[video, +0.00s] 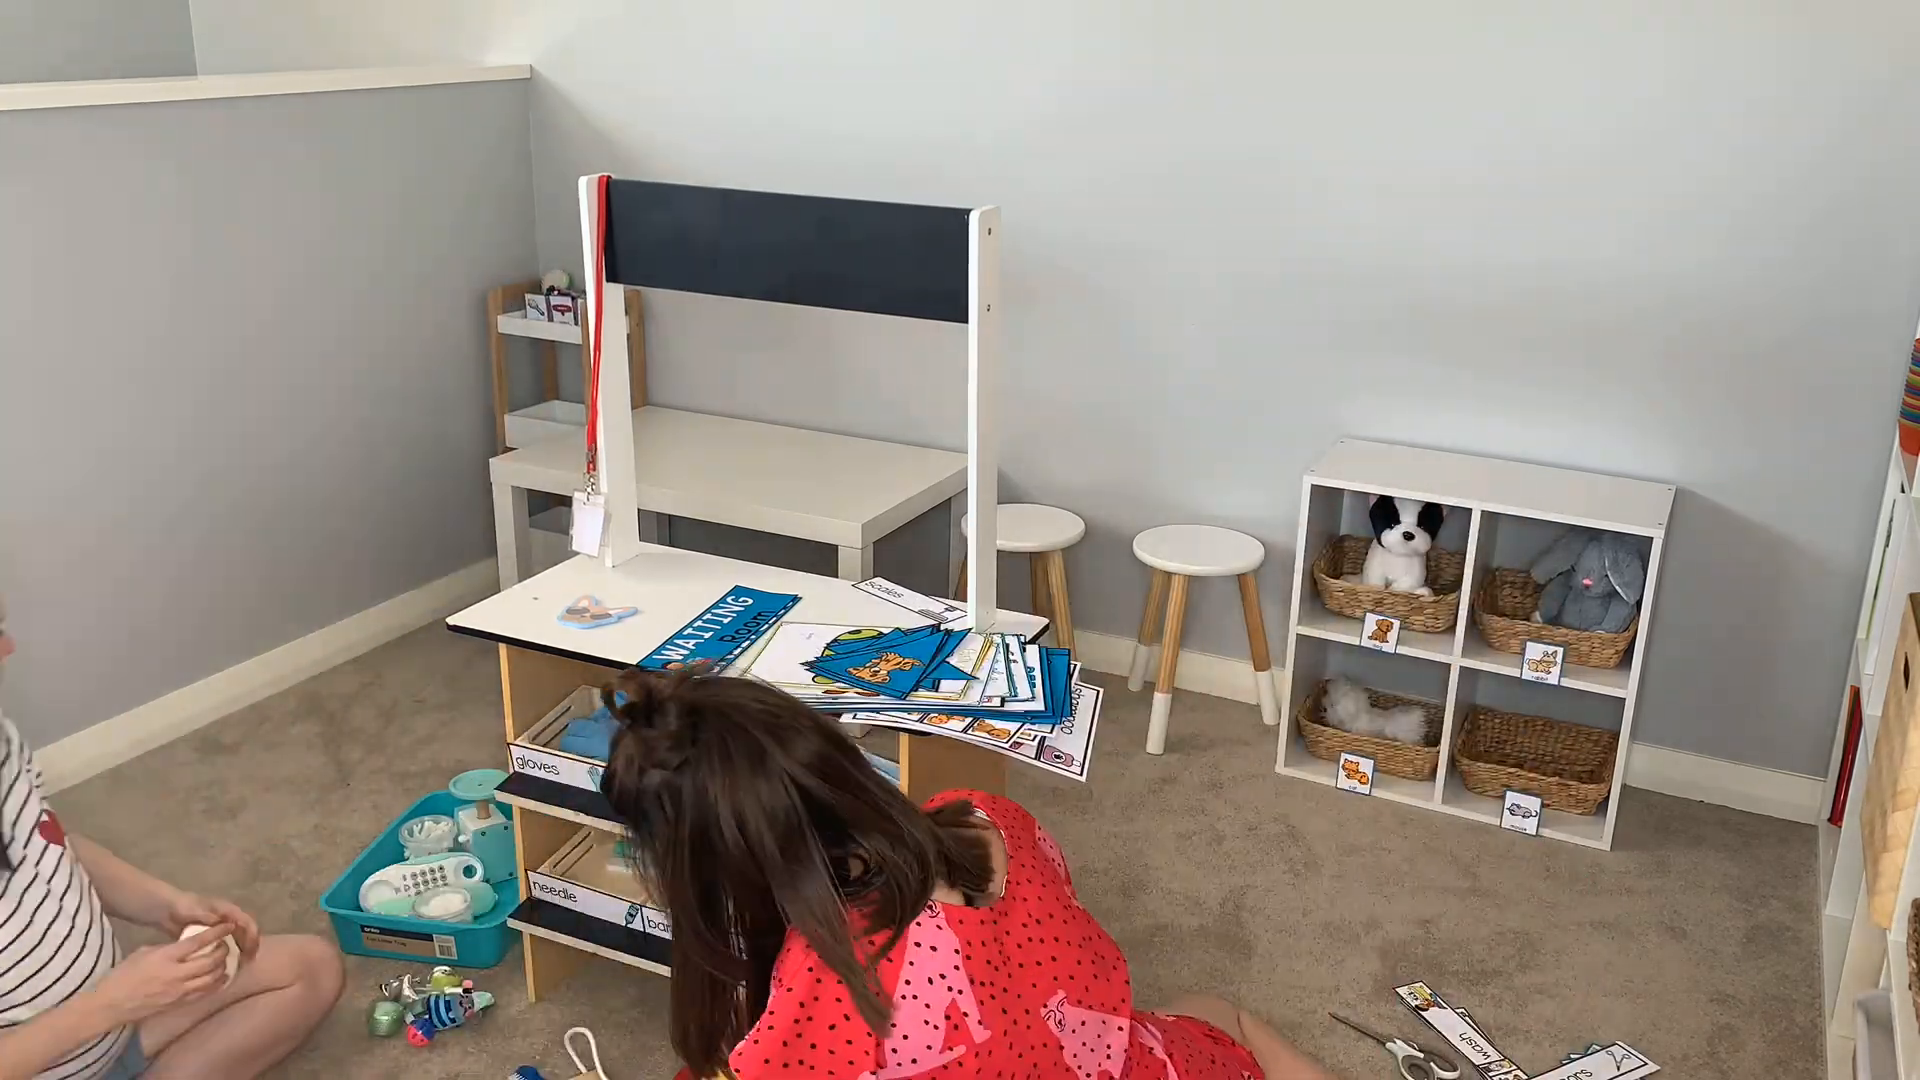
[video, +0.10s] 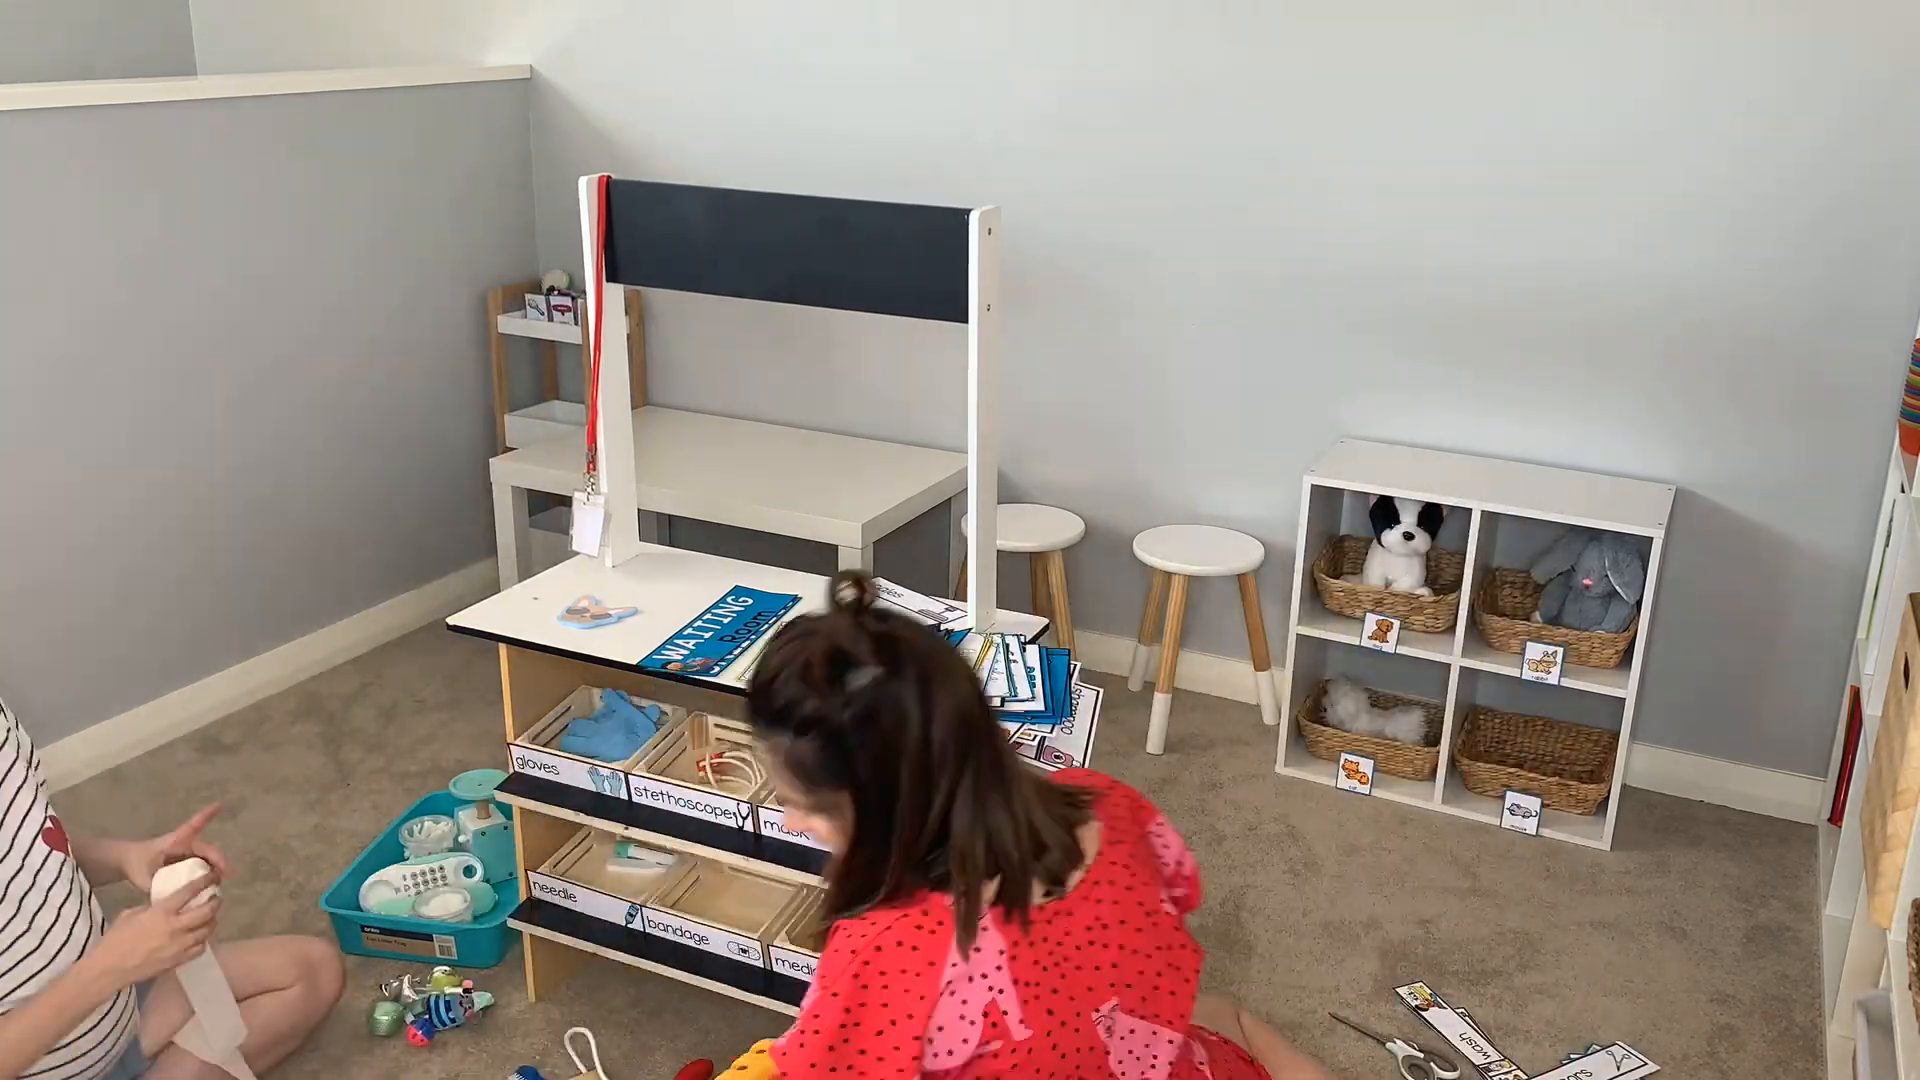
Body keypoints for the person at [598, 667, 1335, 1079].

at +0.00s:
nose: (653, 871)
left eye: (654, 851)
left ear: (701, 866)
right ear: (830, 746)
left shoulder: (786, 1055)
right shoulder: (987, 820)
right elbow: (1081, 950)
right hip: (1155, 1059)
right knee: (1225, 1023)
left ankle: (1222, 1023)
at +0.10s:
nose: (788, 821)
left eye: (799, 806)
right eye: (785, 798)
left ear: (871, 804)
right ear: (961, 733)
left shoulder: (876, 956)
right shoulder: (1096, 801)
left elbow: (811, 1068)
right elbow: (1186, 895)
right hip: (1180, 1061)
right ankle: (1259, 1035)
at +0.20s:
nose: (1428, 759)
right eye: (1431, 740)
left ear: (1290, 666)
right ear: (1416, 746)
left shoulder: (1148, 797)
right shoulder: (1392, 926)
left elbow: (947, 1023)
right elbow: (1385, 1066)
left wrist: (1033, 903)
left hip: (1052, 1069)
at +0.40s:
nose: (936, 714)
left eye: (958, 699)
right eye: (943, 689)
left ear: (1028, 722)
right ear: (1121, 697)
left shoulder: (973, 923)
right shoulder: (1242, 853)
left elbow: (893, 1065)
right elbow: (1309, 1056)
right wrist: (1220, 825)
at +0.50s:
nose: (1310, 705)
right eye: (1310, 688)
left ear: (1125, 678)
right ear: (1293, 710)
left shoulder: (1017, 858)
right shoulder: (1316, 903)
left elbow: (932, 1070)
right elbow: (1367, 1066)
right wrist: (1396, 1023)